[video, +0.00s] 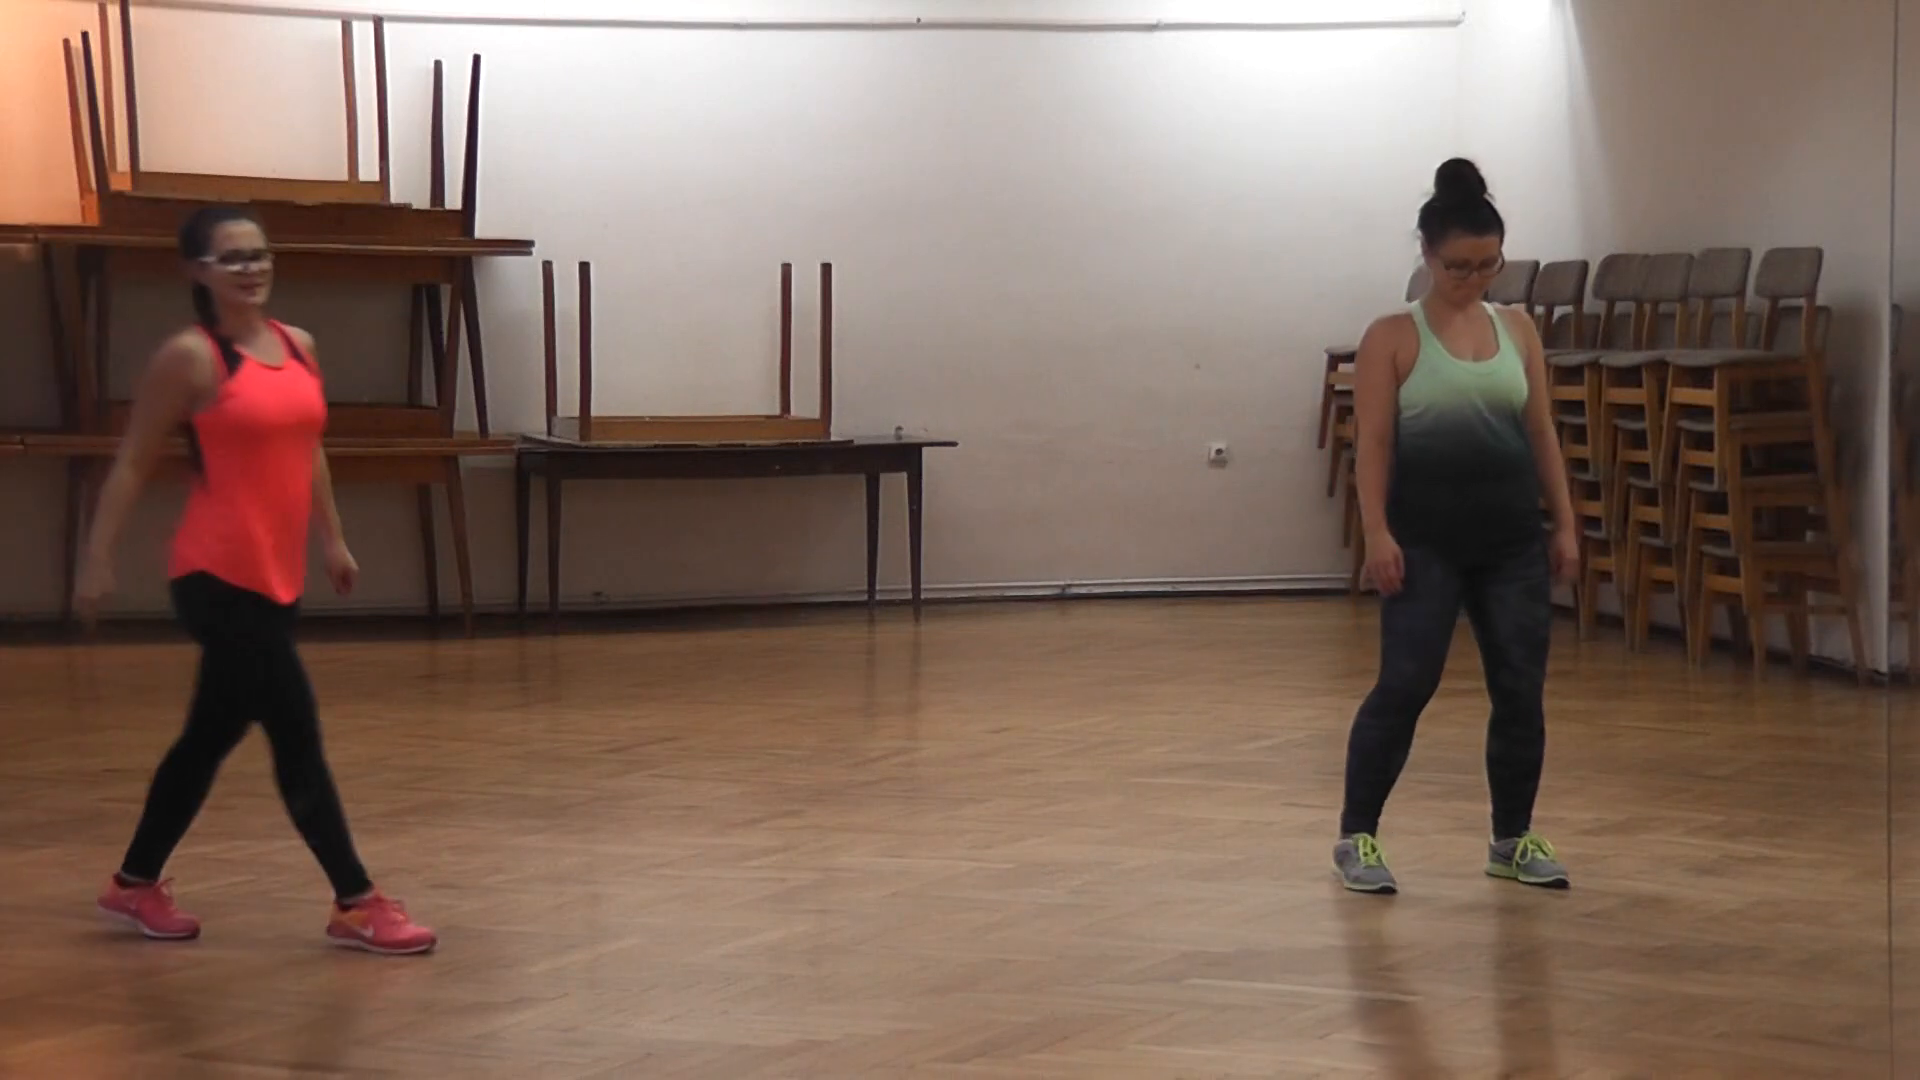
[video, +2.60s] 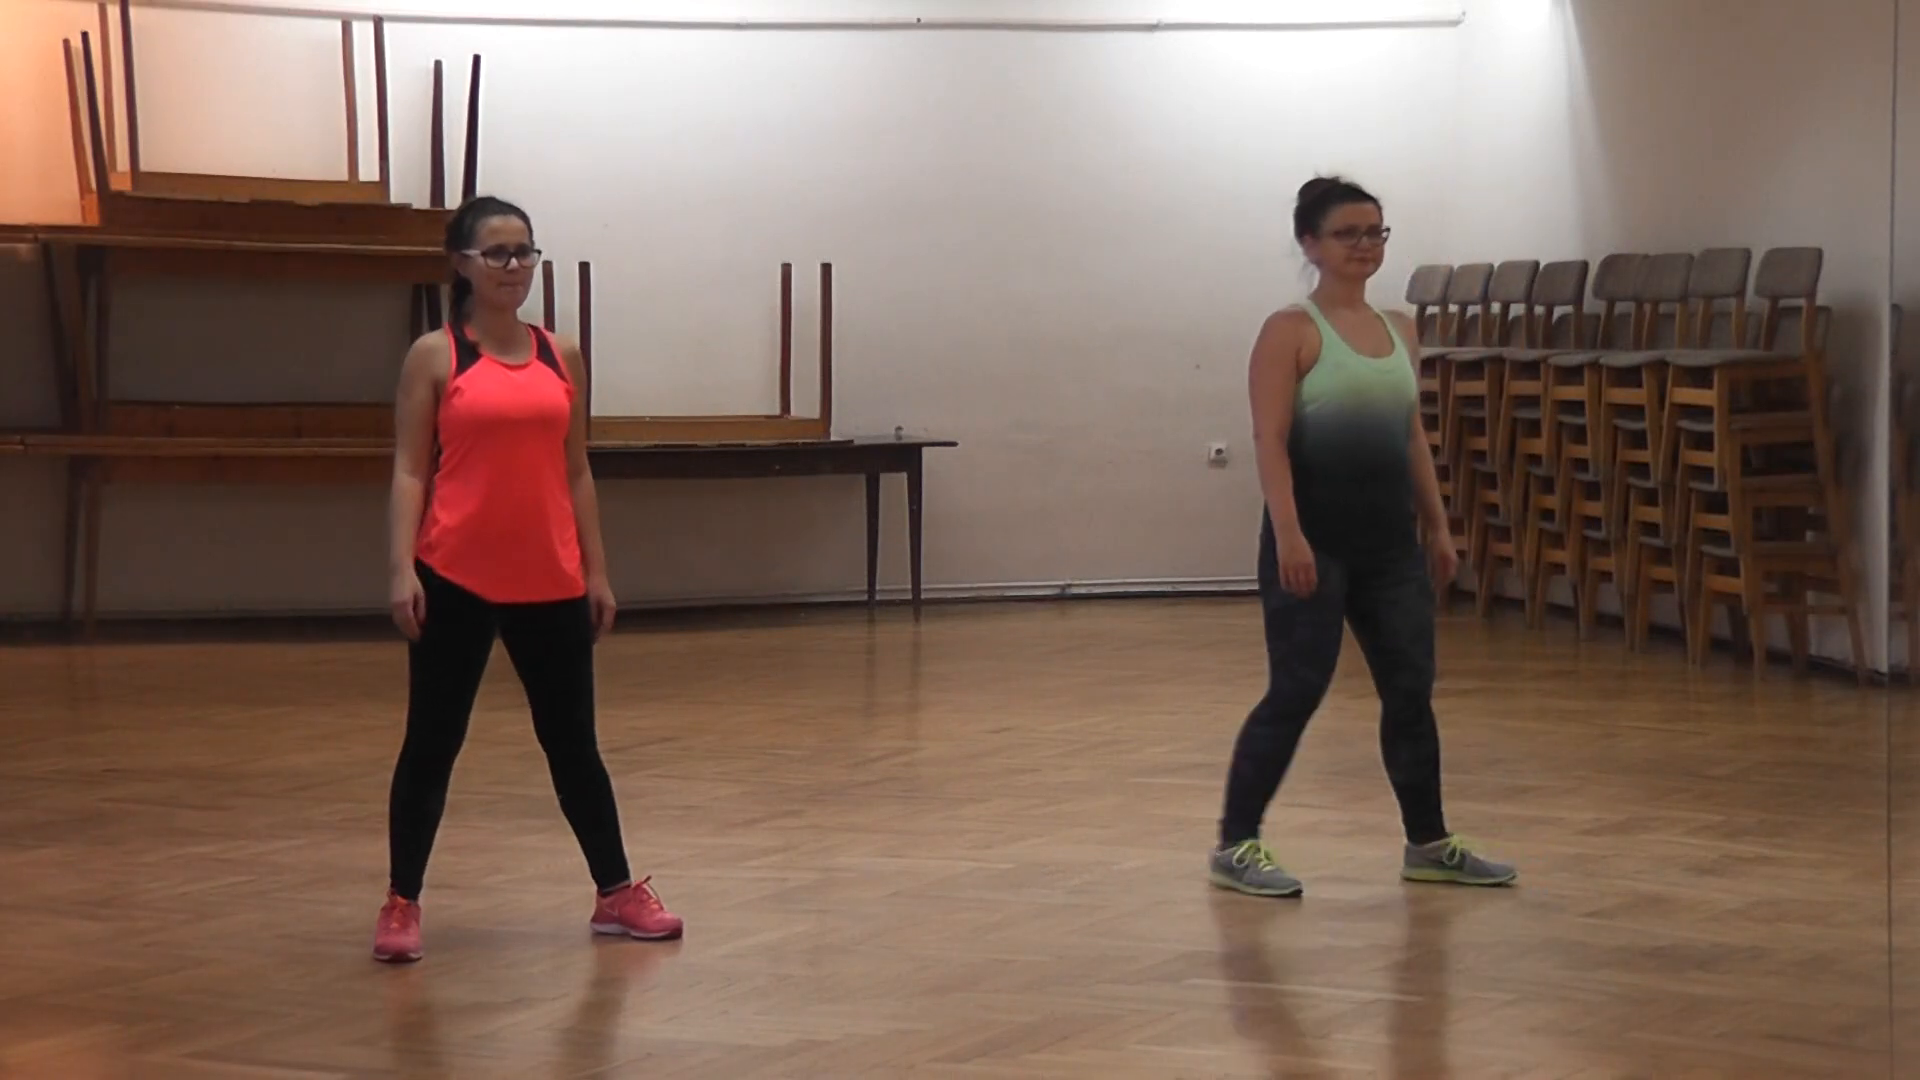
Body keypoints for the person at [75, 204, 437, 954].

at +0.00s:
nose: (252, 269)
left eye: (260, 256)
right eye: (233, 258)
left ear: (273, 264)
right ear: (199, 271)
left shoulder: (296, 346)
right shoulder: (188, 355)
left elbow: (307, 448)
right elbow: (134, 460)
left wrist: (332, 538)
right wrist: (98, 556)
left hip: (275, 579)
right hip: (217, 575)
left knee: (208, 738)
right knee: (293, 721)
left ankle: (134, 882)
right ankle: (356, 900)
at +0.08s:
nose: (285, 268)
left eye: (293, 255)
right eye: (266, 259)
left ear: (306, 263)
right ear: (233, 273)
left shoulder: (330, 341)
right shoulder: (229, 359)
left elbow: (335, 459)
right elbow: (182, 468)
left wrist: (353, 546)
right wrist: (148, 568)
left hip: (320, 577)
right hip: (261, 574)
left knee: (275, 737)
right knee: (331, 716)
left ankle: (161, 865)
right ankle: (359, 906)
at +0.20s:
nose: (336, 262)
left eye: (344, 249)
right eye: (316, 253)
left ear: (358, 257)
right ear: (284, 269)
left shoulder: (378, 336)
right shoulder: (283, 350)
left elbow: (377, 457)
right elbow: (252, 460)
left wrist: (399, 545)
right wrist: (254, 561)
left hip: (383, 570)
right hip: (318, 570)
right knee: (366, 734)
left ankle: (272, 831)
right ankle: (359, 907)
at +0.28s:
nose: (368, 260)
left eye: (377, 246)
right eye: (350, 250)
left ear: (391, 255)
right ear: (315, 264)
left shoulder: (410, 338)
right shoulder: (314, 344)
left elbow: (414, 460)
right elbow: (281, 455)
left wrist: (443, 543)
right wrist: (327, 531)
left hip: (416, 568)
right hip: (348, 570)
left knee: (468, 715)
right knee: (377, 728)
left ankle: (375, 842)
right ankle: (359, 904)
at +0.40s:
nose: (418, 253)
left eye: (426, 240)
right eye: (399, 243)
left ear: (440, 249)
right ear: (364, 256)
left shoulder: (459, 331)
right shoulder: (354, 338)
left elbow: (468, 447)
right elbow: (321, 446)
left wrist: (506, 535)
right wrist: (394, 492)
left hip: (466, 565)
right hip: (387, 567)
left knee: (524, 708)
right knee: (393, 725)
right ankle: (363, 901)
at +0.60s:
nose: (494, 253)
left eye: (503, 241)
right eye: (477, 243)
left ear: (518, 249)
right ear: (442, 256)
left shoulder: (551, 340)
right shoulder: (420, 345)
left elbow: (575, 445)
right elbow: (399, 450)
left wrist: (597, 542)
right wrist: (422, 534)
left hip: (557, 568)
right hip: (463, 573)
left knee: (584, 733)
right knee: (445, 734)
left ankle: (609, 890)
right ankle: (403, 890)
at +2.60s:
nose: (513, 265)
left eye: (523, 252)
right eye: (497, 253)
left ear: (535, 262)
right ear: (461, 264)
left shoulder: (559, 353)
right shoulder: (434, 356)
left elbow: (577, 470)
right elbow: (411, 471)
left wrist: (598, 573)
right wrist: (402, 570)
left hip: (550, 579)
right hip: (455, 580)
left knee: (574, 744)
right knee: (430, 745)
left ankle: (618, 891)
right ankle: (402, 903)